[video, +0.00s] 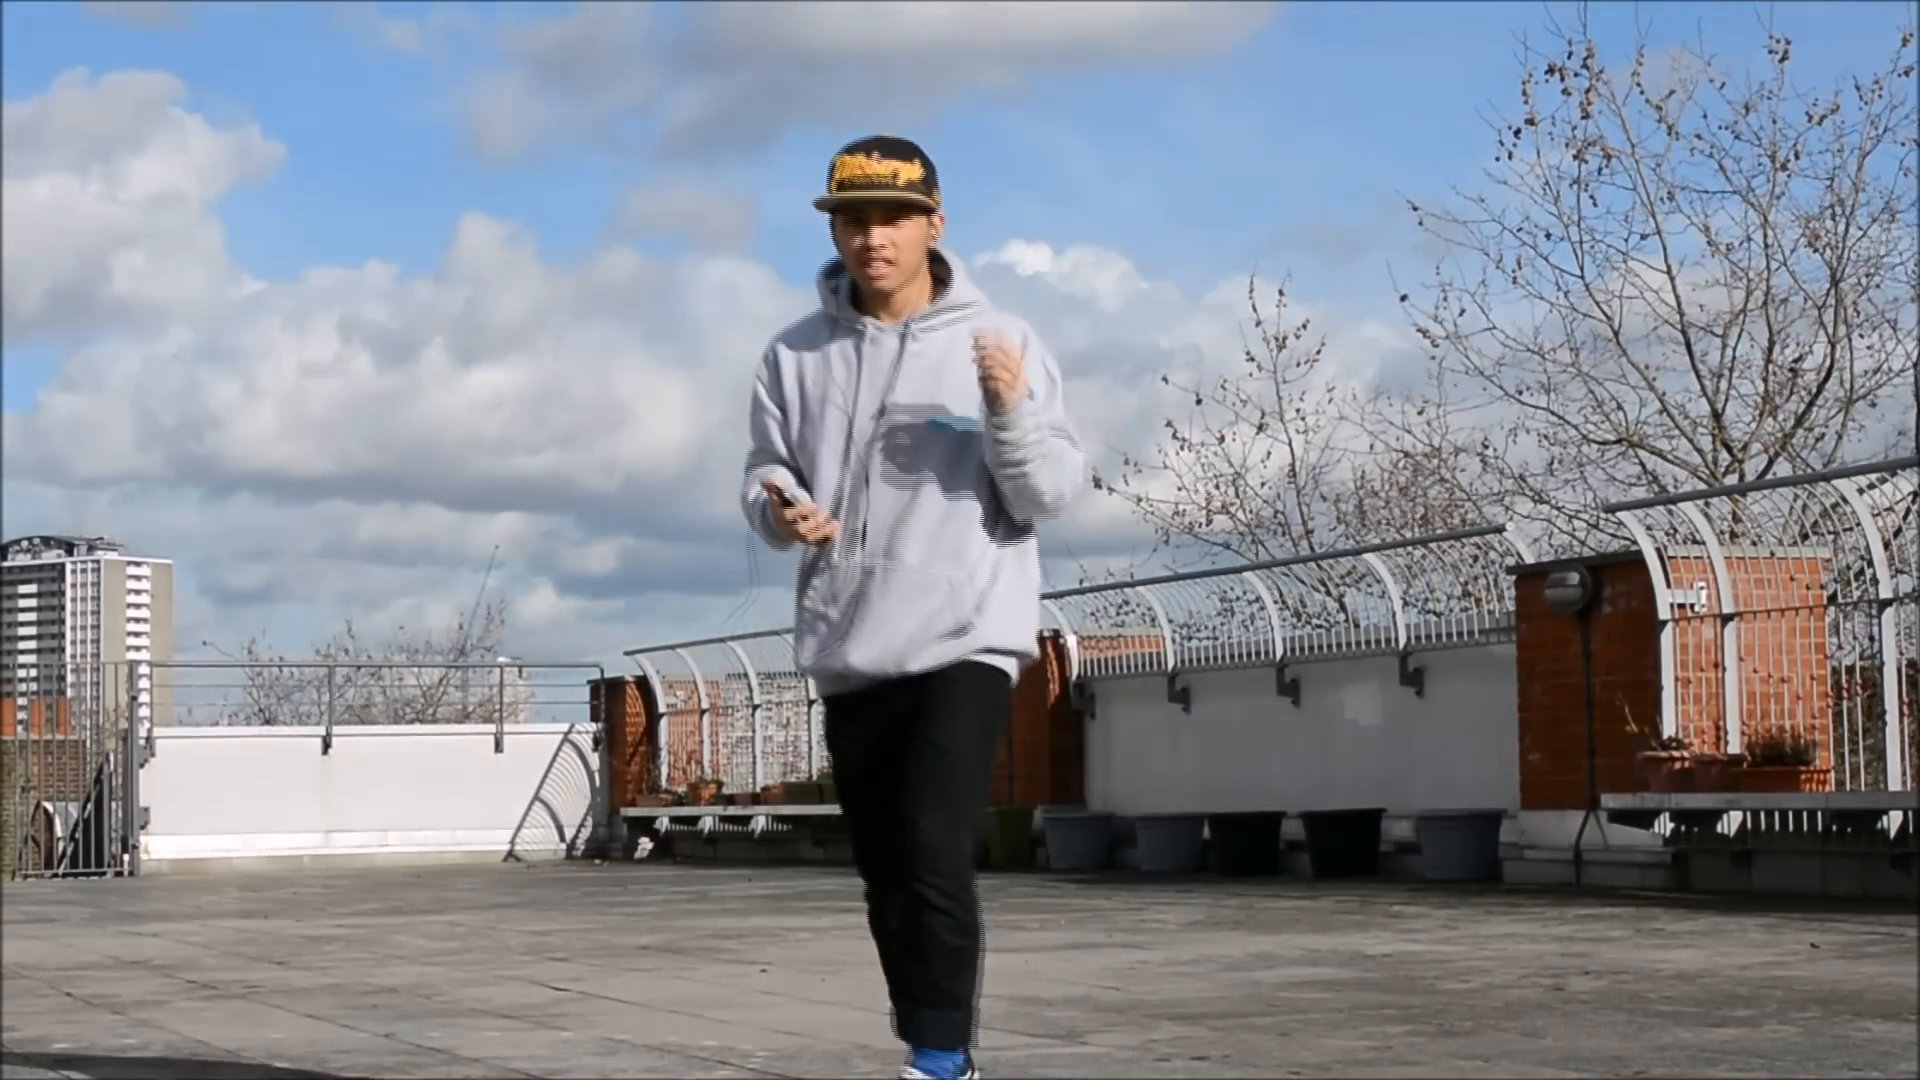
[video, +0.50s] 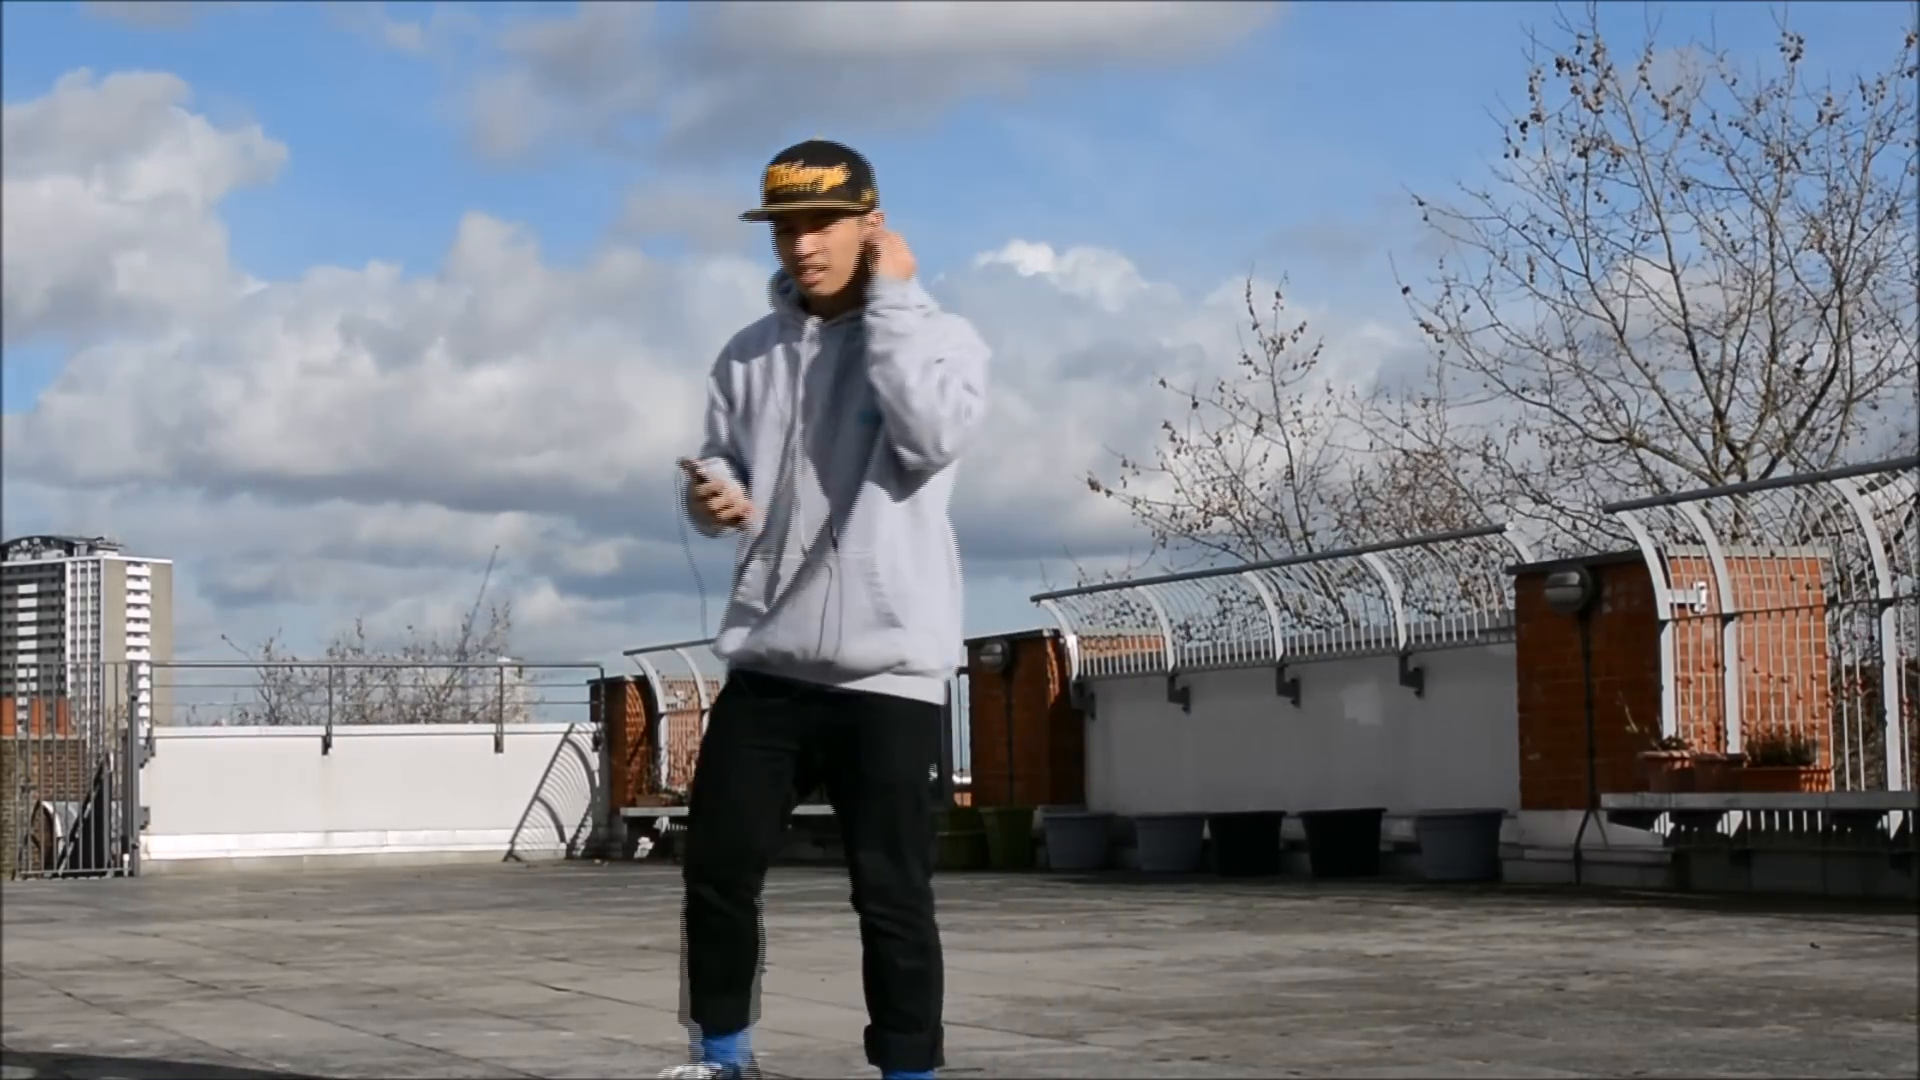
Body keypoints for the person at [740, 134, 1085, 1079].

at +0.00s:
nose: (870, 240)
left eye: (891, 219)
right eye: (852, 221)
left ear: (933, 226)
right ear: (833, 232)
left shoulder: (1002, 340)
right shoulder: (795, 356)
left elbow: (1051, 501)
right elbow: (764, 480)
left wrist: (1011, 404)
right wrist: (785, 509)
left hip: (965, 635)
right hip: (852, 643)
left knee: (935, 849)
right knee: (884, 860)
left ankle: (941, 1060)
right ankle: (929, 1051)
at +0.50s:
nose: (799, 246)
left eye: (820, 226)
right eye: (785, 229)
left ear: (871, 228)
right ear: (774, 238)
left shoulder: (937, 335)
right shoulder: (750, 354)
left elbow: (927, 440)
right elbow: (713, 477)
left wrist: (893, 296)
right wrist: (713, 500)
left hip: (891, 660)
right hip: (771, 657)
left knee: (890, 881)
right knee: (718, 858)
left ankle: (908, 1069)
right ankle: (721, 1055)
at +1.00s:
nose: (665, 300)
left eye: (682, 279)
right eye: (647, 283)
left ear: (730, 257)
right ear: (628, 272)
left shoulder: (793, 350)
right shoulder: (600, 371)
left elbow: (831, 457)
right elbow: (551, 510)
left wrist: (765, 328)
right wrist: (596, 486)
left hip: (780, 662)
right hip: (654, 667)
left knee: (813, 878)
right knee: (665, 884)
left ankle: (846, 1062)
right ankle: (672, 1068)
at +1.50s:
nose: (696, 329)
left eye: (712, 311)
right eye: (677, 314)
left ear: (751, 285)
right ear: (652, 291)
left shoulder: (797, 370)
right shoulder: (616, 378)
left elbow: (857, 479)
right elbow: (575, 517)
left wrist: (791, 357)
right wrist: (635, 497)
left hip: (779, 675)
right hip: (662, 676)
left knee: (771, 882)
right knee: (674, 881)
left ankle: (764, 1062)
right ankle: (672, 1064)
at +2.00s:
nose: (750, 325)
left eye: (767, 309)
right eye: (733, 310)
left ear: (800, 290)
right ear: (708, 294)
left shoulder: (852, 384)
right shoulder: (659, 383)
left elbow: (891, 508)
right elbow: (619, 510)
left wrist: (842, 504)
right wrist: (686, 502)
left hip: (806, 677)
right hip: (688, 673)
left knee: (782, 883)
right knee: (677, 874)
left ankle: (762, 1063)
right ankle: (658, 1061)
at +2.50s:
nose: (760, 320)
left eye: (779, 306)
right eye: (744, 303)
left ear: (812, 290)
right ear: (719, 287)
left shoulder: (858, 387)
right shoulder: (663, 379)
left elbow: (892, 512)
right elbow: (619, 498)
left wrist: (825, 510)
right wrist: (689, 502)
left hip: (802, 679)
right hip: (684, 674)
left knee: (779, 884)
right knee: (672, 876)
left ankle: (760, 1062)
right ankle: (653, 1061)